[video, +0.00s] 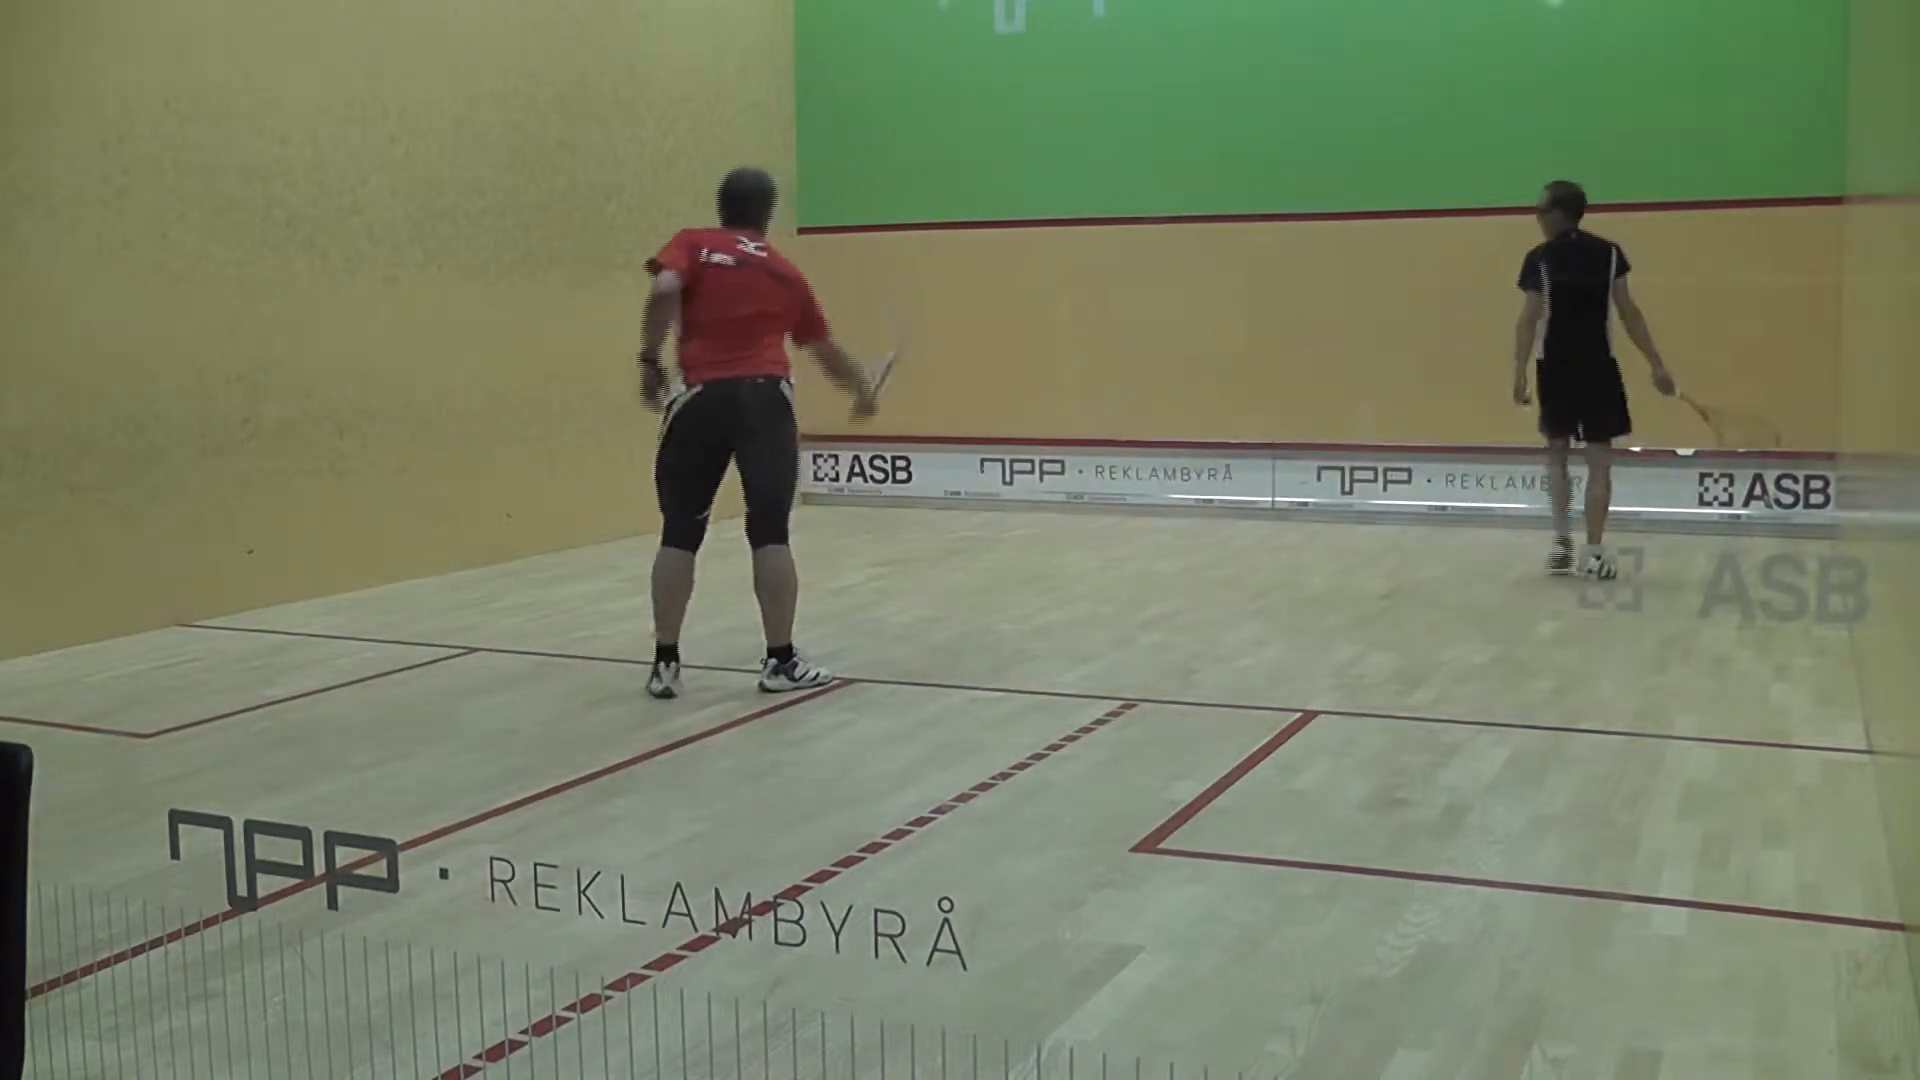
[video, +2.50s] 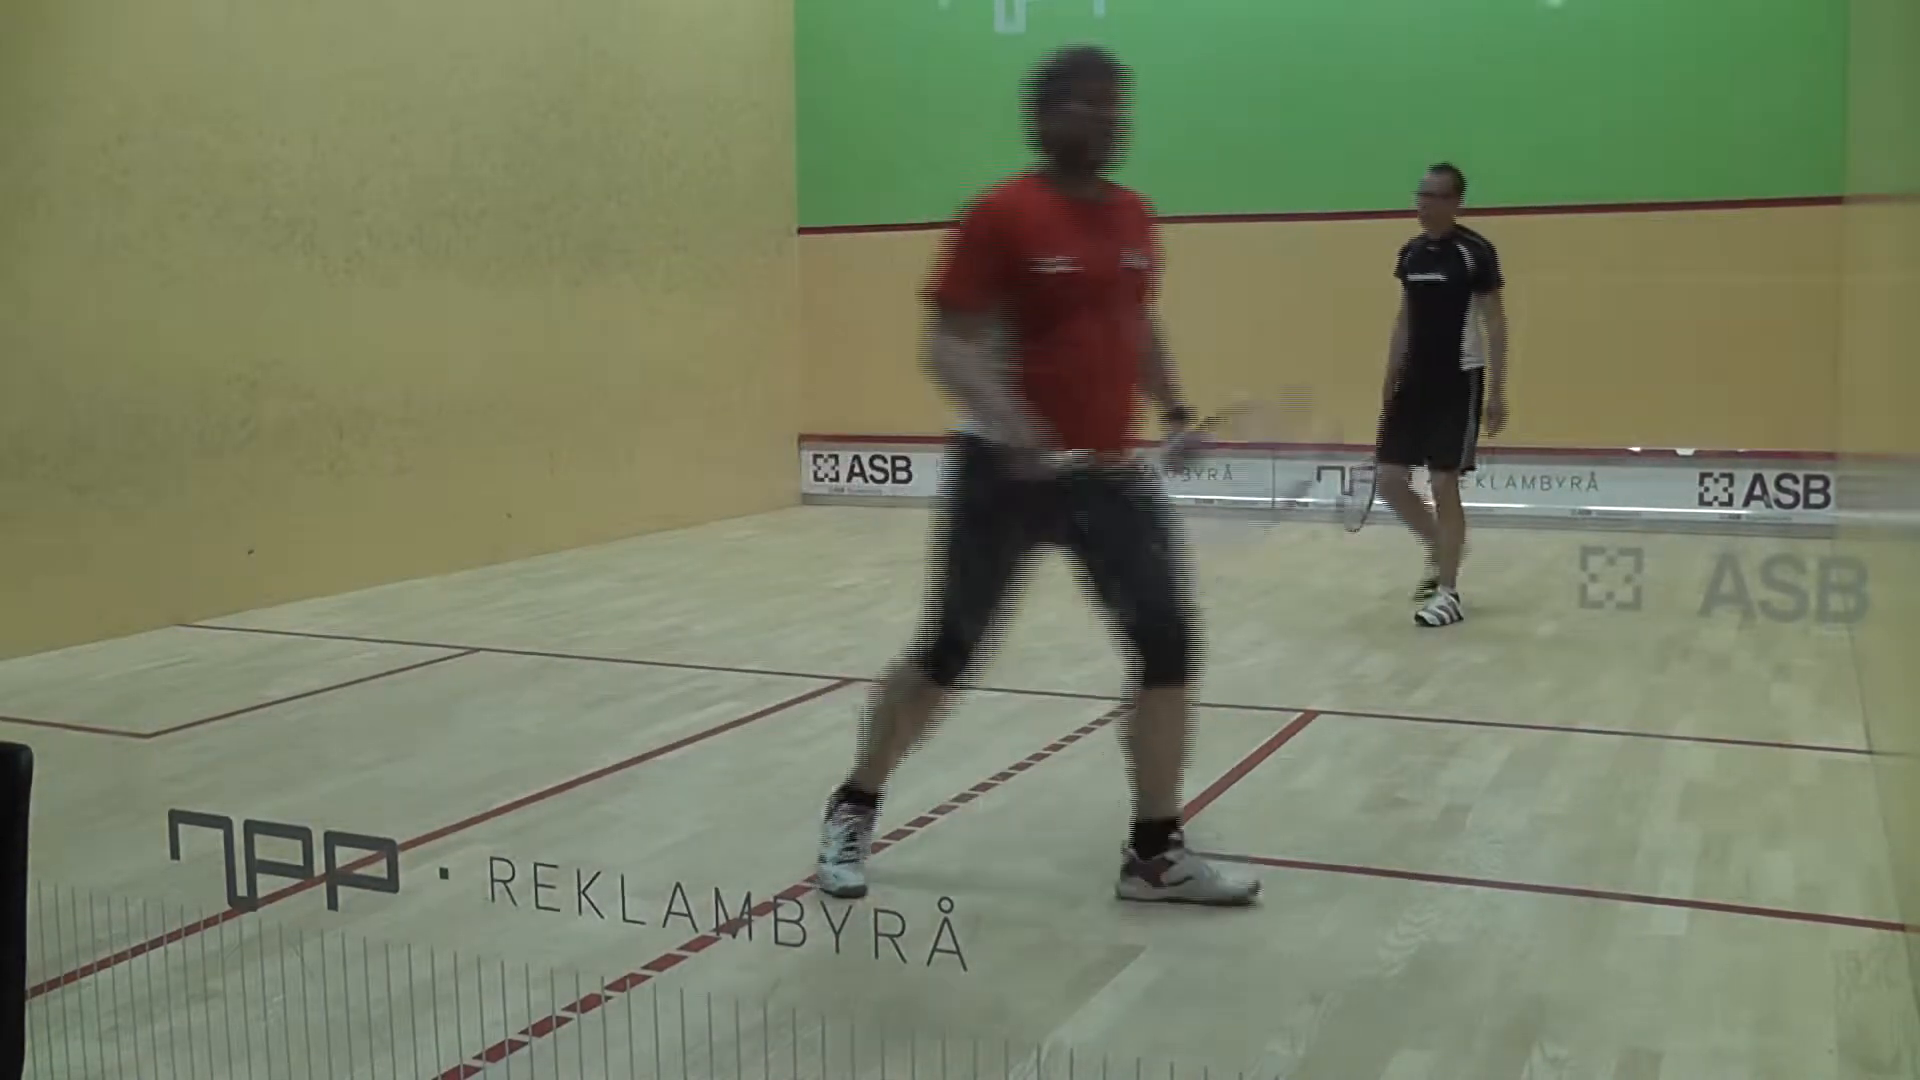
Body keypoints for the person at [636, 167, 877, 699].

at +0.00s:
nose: (769, 216)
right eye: (771, 209)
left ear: (721, 209)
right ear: (769, 214)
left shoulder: (691, 243)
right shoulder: (783, 273)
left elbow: (664, 289)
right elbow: (825, 350)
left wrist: (650, 359)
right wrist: (862, 386)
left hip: (699, 403)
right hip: (766, 403)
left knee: (679, 533)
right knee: (770, 533)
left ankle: (665, 664)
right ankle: (781, 660)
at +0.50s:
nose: (702, 187)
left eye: (697, 178)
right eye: (697, 179)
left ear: (645, 195)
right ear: (688, 189)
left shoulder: (615, 254)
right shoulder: (718, 246)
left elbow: (586, 344)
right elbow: (747, 330)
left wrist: (593, 417)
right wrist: (767, 410)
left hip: (639, 416)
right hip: (705, 411)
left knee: (653, 541)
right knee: (721, 539)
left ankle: (664, 664)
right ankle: (685, 661)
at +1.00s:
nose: (729, 190)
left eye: (729, 178)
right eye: (720, 178)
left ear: (690, 184)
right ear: (683, 181)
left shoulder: (686, 242)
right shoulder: (656, 248)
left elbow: (682, 345)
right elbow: (657, 356)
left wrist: (703, 427)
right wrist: (700, 432)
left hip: (684, 420)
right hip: (645, 423)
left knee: (727, 539)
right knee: (669, 554)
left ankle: (706, 675)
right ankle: (638, 698)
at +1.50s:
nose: (777, 252)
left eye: (790, 239)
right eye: (765, 236)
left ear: (808, 238)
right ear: (741, 230)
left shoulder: (815, 290)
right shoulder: (708, 301)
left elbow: (823, 358)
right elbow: (691, 386)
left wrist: (832, 408)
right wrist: (698, 445)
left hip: (772, 463)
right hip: (693, 466)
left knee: (788, 599)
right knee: (682, 598)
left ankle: (764, 747)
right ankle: (673, 677)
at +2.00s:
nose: (846, 168)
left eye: (862, 153)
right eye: (833, 152)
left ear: (886, 155)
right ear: (808, 150)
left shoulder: (914, 226)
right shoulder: (765, 244)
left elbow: (979, 313)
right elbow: (705, 346)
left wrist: (923, 269)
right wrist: (656, 430)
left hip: (874, 464)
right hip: (788, 458)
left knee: (838, 639)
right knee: (810, 641)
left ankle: (775, 728)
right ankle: (812, 812)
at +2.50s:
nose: (1114, 121)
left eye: (1119, 105)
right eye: (1093, 105)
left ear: (1123, 119)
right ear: (1042, 117)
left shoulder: (1129, 216)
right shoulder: (1001, 218)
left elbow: (1136, 322)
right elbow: (953, 349)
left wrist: (1173, 406)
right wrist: (1018, 432)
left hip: (1106, 477)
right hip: (1007, 476)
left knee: (1167, 645)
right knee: (950, 657)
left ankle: (1155, 852)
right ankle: (854, 805)